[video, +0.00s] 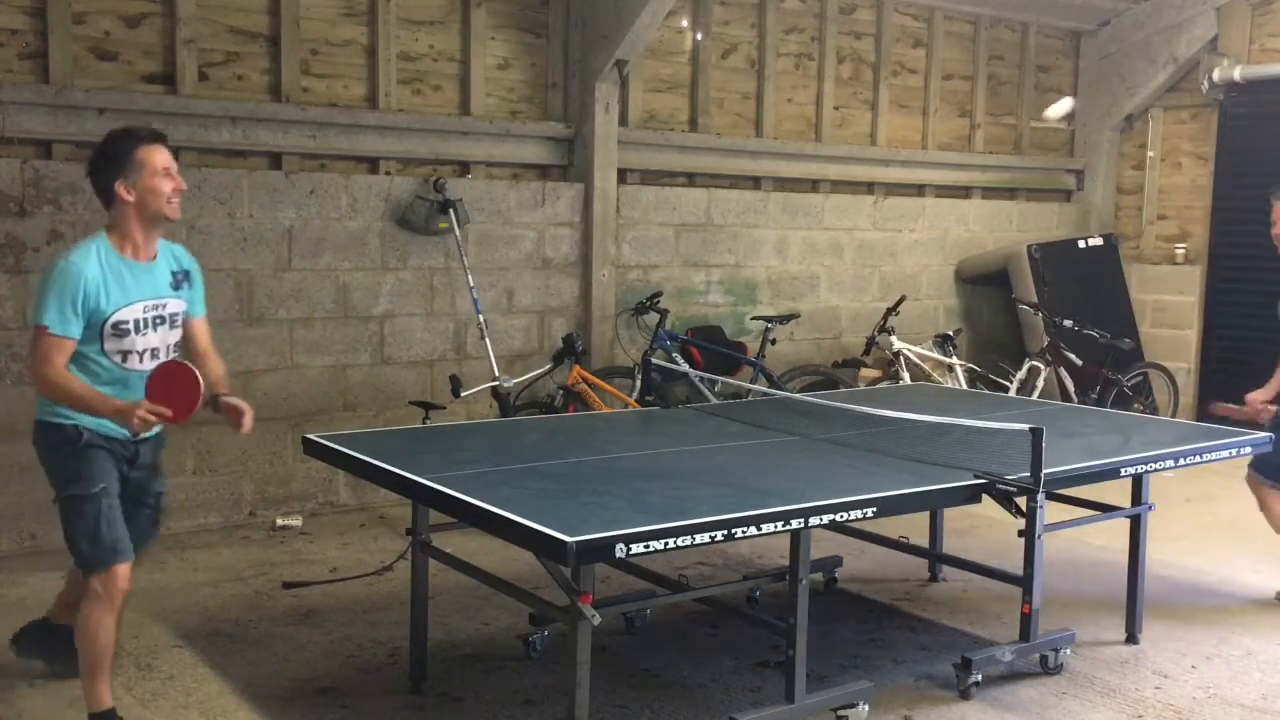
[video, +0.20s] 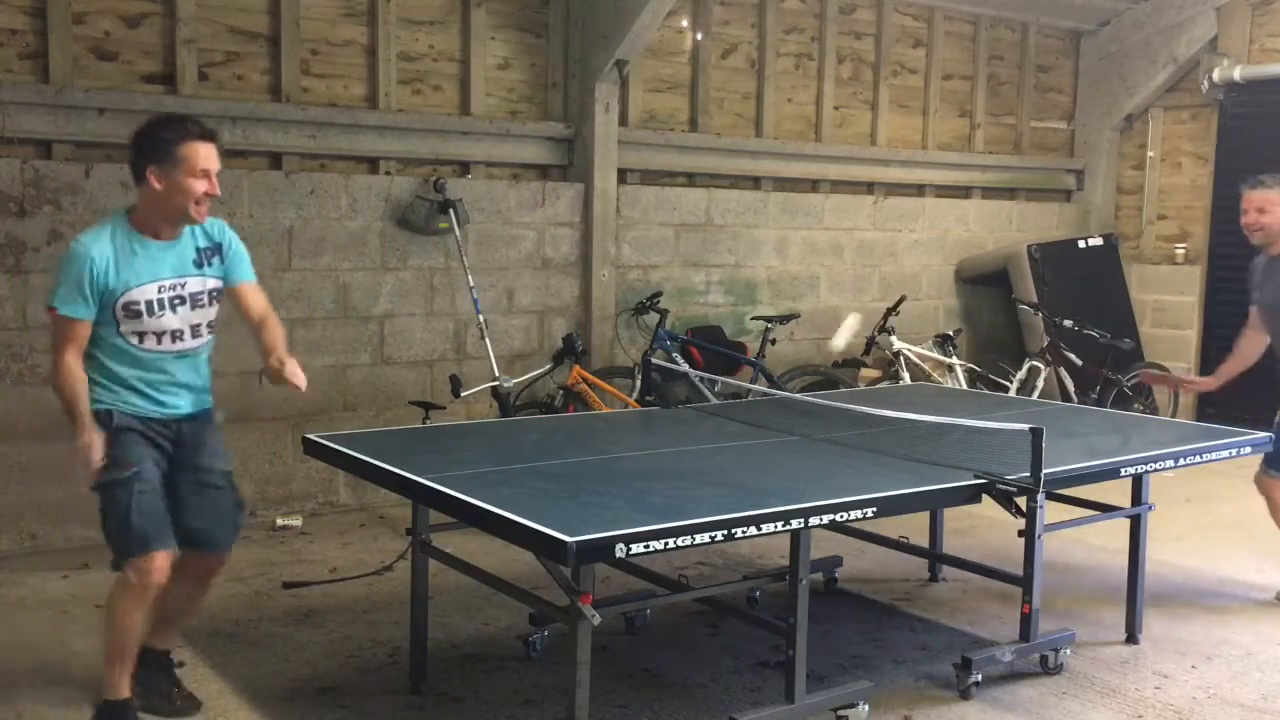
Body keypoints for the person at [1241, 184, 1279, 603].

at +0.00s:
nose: (1274, 231)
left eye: (1278, 222)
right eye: (1273, 222)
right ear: (1269, 222)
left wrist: (1267, 397)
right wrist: (1268, 391)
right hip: (1278, 415)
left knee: (1263, 478)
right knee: (1261, 477)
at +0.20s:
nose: (1250, 220)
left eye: (1260, 211)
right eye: (1245, 211)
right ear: (1241, 215)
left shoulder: (1273, 266)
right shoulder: (1262, 266)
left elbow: (1257, 330)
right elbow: (1258, 329)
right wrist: (1215, 380)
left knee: (1269, 481)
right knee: (1268, 480)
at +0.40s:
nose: (1231, 216)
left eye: (1242, 207)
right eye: (1226, 208)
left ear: (1269, 210)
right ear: (1221, 211)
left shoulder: (1276, 249)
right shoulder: (1228, 262)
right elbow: (1219, 324)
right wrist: (1182, 373)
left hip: (1277, 380)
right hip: (1269, 378)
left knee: (1266, 472)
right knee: (1240, 455)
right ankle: (1246, 534)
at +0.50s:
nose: (1226, 213)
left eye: (1236, 204)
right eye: (1220, 205)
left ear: (1262, 207)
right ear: (1215, 209)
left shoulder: (1276, 247)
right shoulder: (1216, 262)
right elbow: (1205, 324)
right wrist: (1179, 372)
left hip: (1278, 381)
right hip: (1248, 379)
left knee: (1263, 476)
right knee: (1218, 459)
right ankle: (1210, 538)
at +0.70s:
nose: (1214, 195)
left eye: (1225, 187)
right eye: (1209, 187)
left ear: (1249, 193)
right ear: (1205, 192)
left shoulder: (1271, 241)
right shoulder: (1195, 248)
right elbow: (1184, 309)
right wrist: (1169, 360)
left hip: (1262, 369)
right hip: (1214, 370)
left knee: (1253, 466)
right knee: (1194, 454)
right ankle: (1209, 538)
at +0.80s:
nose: (1207, 191)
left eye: (1217, 183)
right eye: (1202, 183)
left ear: (1241, 189)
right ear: (1198, 189)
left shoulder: (1268, 240)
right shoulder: (1187, 247)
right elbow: (1175, 304)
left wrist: (1277, 360)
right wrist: (1162, 355)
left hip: (1252, 368)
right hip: (1205, 367)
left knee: (1250, 462)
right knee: (1191, 455)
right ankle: (1208, 537)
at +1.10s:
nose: (1188, 192)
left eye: (1198, 184)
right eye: (1184, 184)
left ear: (1225, 188)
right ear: (1182, 190)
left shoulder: (1261, 239)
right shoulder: (1176, 246)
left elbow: (1279, 298)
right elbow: (1161, 306)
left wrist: (1271, 350)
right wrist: (1136, 357)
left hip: (1241, 367)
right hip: (1193, 367)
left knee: (1228, 460)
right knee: (1189, 456)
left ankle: (1244, 561)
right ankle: (1207, 538)